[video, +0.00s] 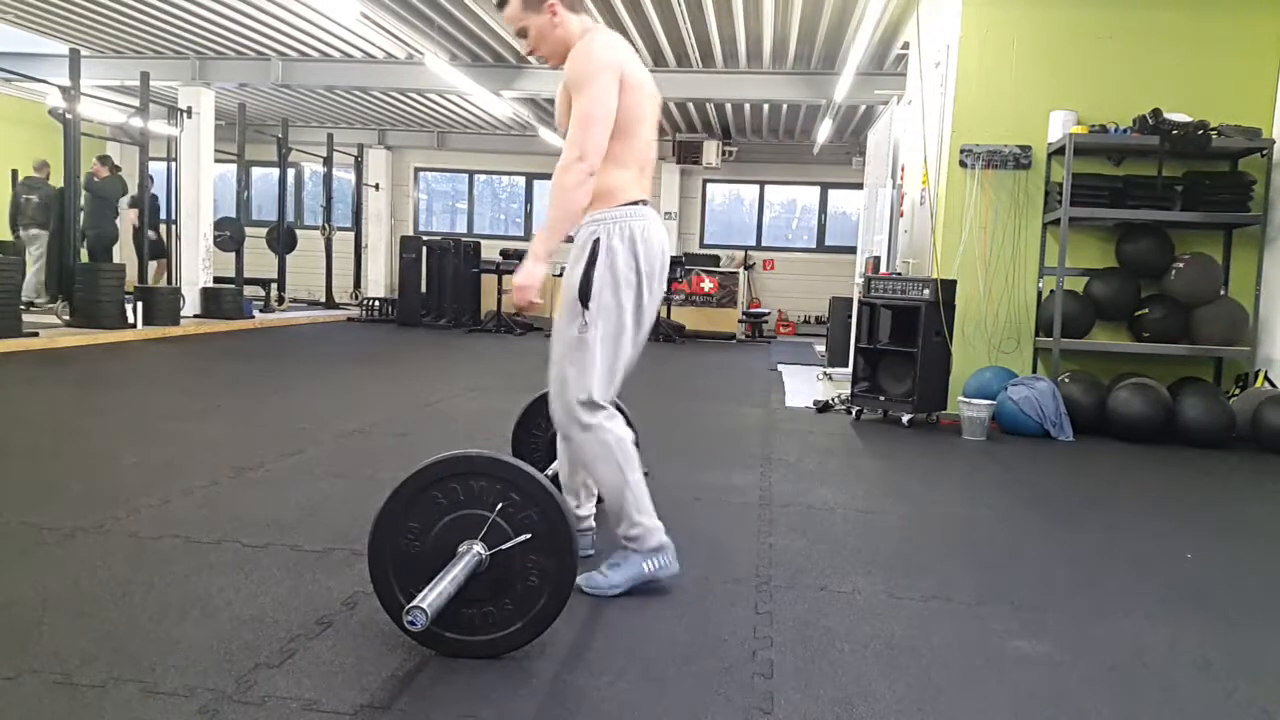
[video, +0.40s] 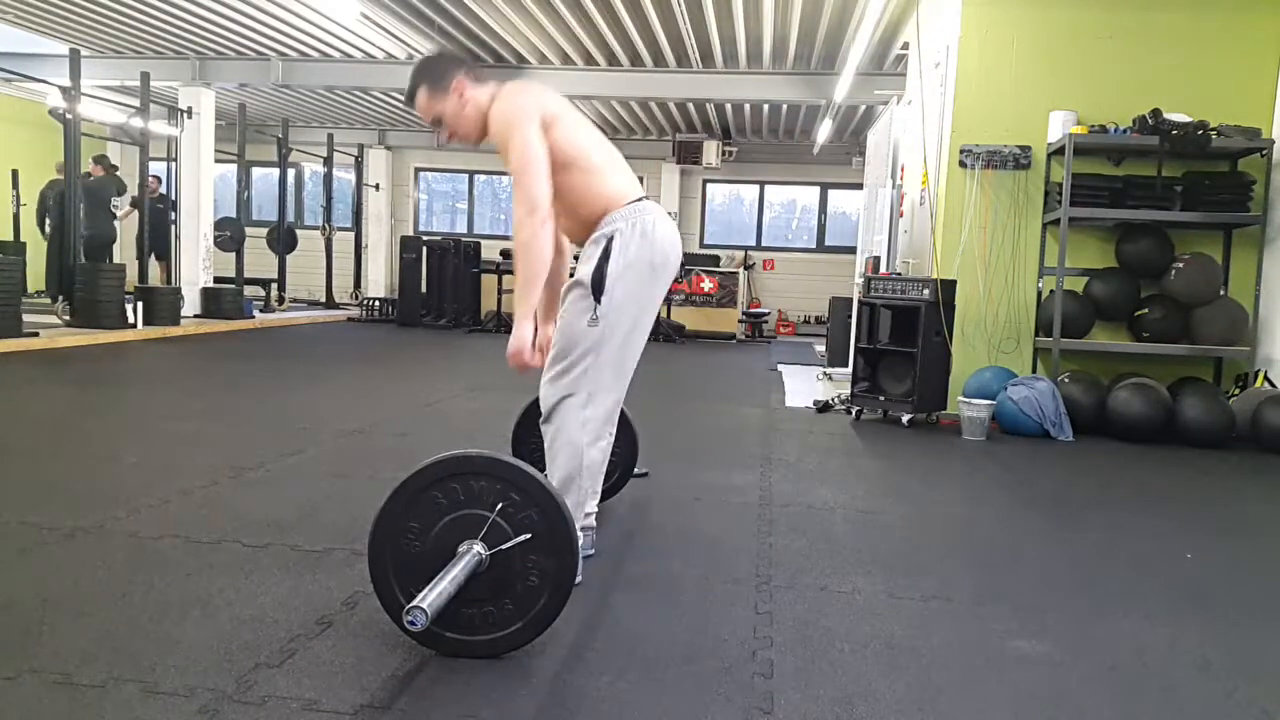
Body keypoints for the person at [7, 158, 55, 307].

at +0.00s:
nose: (49, 174)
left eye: (48, 171)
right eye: (48, 171)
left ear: (34, 170)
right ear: (46, 171)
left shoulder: (20, 186)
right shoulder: (49, 189)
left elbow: (13, 211)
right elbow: (53, 212)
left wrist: (15, 230)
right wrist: (52, 228)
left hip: (24, 228)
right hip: (40, 228)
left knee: (34, 262)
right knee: (36, 263)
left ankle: (41, 296)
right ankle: (26, 298)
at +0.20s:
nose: (59, 177)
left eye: (59, 174)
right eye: (59, 174)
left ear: (45, 174)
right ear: (57, 174)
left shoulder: (34, 193)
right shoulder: (60, 192)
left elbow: (29, 216)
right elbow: (67, 213)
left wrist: (26, 237)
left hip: (42, 232)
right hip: (58, 232)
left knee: (53, 260)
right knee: (55, 261)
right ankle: (40, 291)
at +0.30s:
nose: (63, 175)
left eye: (63, 172)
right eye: (63, 172)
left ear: (50, 172)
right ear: (61, 172)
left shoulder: (43, 188)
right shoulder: (66, 188)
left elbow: (36, 212)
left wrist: (34, 234)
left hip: (50, 229)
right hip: (66, 229)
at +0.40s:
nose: (65, 173)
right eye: (66, 169)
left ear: (56, 170)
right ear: (66, 170)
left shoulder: (47, 187)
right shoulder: (73, 186)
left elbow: (41, 210)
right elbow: (77, 209)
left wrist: (43, 230)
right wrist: (79, 227)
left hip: (55, 229)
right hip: (71, 229)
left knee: (54, 262)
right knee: (69, 261)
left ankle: (54, 295)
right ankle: (68, 295)